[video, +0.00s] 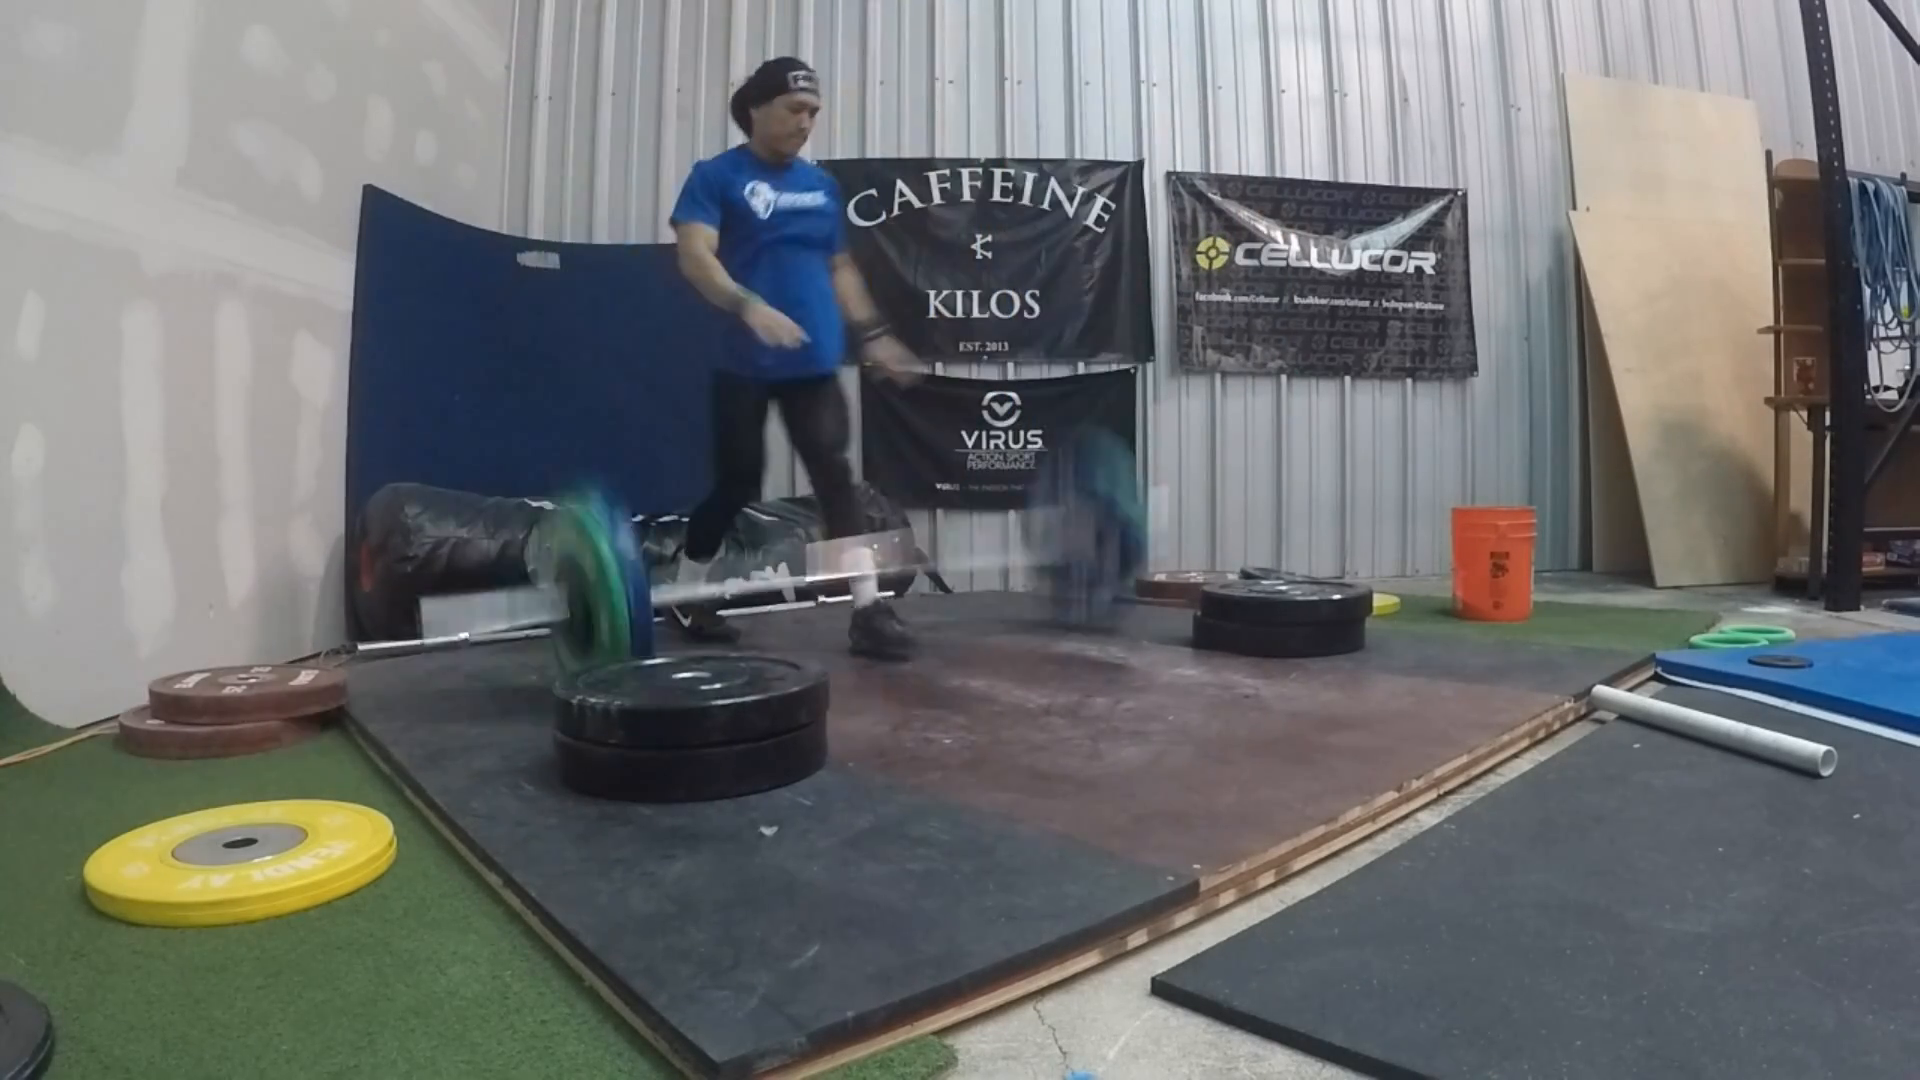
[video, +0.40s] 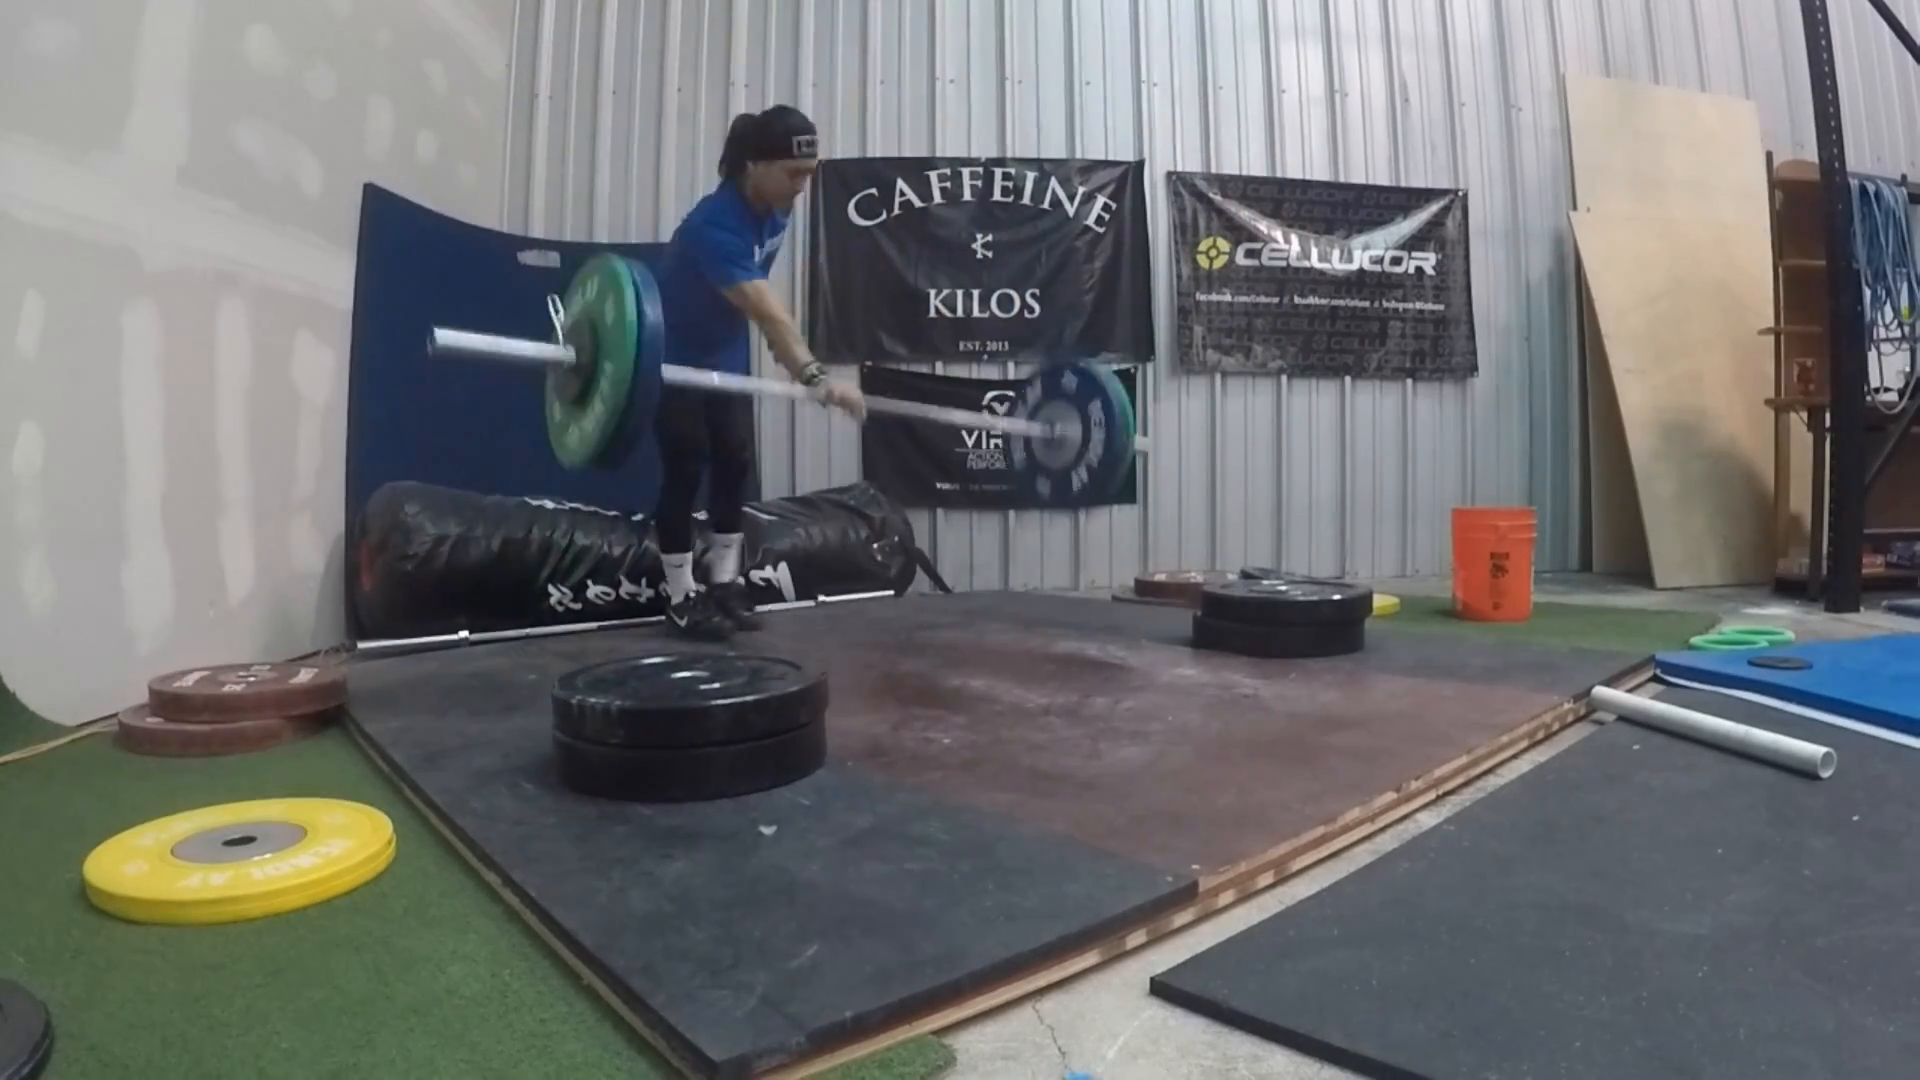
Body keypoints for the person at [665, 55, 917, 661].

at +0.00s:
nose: (805, 122)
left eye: (811, 112)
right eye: (793, 110)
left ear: (815, 116)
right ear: (753, 112)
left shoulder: (821, 185)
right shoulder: (716, 176)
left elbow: (839, 268)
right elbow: (694, 257)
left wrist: (876, 337)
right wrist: (749, 307)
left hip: (813, 361)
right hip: (742, 362)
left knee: (835, 476)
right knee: (738, 483)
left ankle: (868, 609)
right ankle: (686, 586)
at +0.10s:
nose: (798, 130)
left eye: (804, 120)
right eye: (786, 118)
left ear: (808, 125)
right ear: (745, 121)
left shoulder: (805, 187)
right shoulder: (706, 189)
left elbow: (806, 270)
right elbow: (718, 282)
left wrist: (809, 338)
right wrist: (785, 334)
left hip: (782, 364)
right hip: (719, 366)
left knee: (806, 468)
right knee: (719, 486)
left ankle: (840, 590)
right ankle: (690, 599)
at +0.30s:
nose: (809, 169)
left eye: (814, 157)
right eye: (800, 156)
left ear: (814, 153)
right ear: (758, 154)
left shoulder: (786, 204)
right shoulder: (720, 221)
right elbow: (755, 313)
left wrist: (767, 302)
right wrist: (805, 373)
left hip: (740, 346)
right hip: (687, 352)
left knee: (752, 453)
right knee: (691, 461)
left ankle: (758, 581)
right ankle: (682, 594)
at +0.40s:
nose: (802, 186)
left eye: (807, 175)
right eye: (794, 174)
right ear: (752, 168)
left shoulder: (774, 215)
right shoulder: (713, 231)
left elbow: (747, 291)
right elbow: (770, 318)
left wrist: (778, 344)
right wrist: (818, 378)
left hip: (729, 347)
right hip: (677, 353)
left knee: (735, 459)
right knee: (685, 464)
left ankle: (723, 582)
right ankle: (680, 597)